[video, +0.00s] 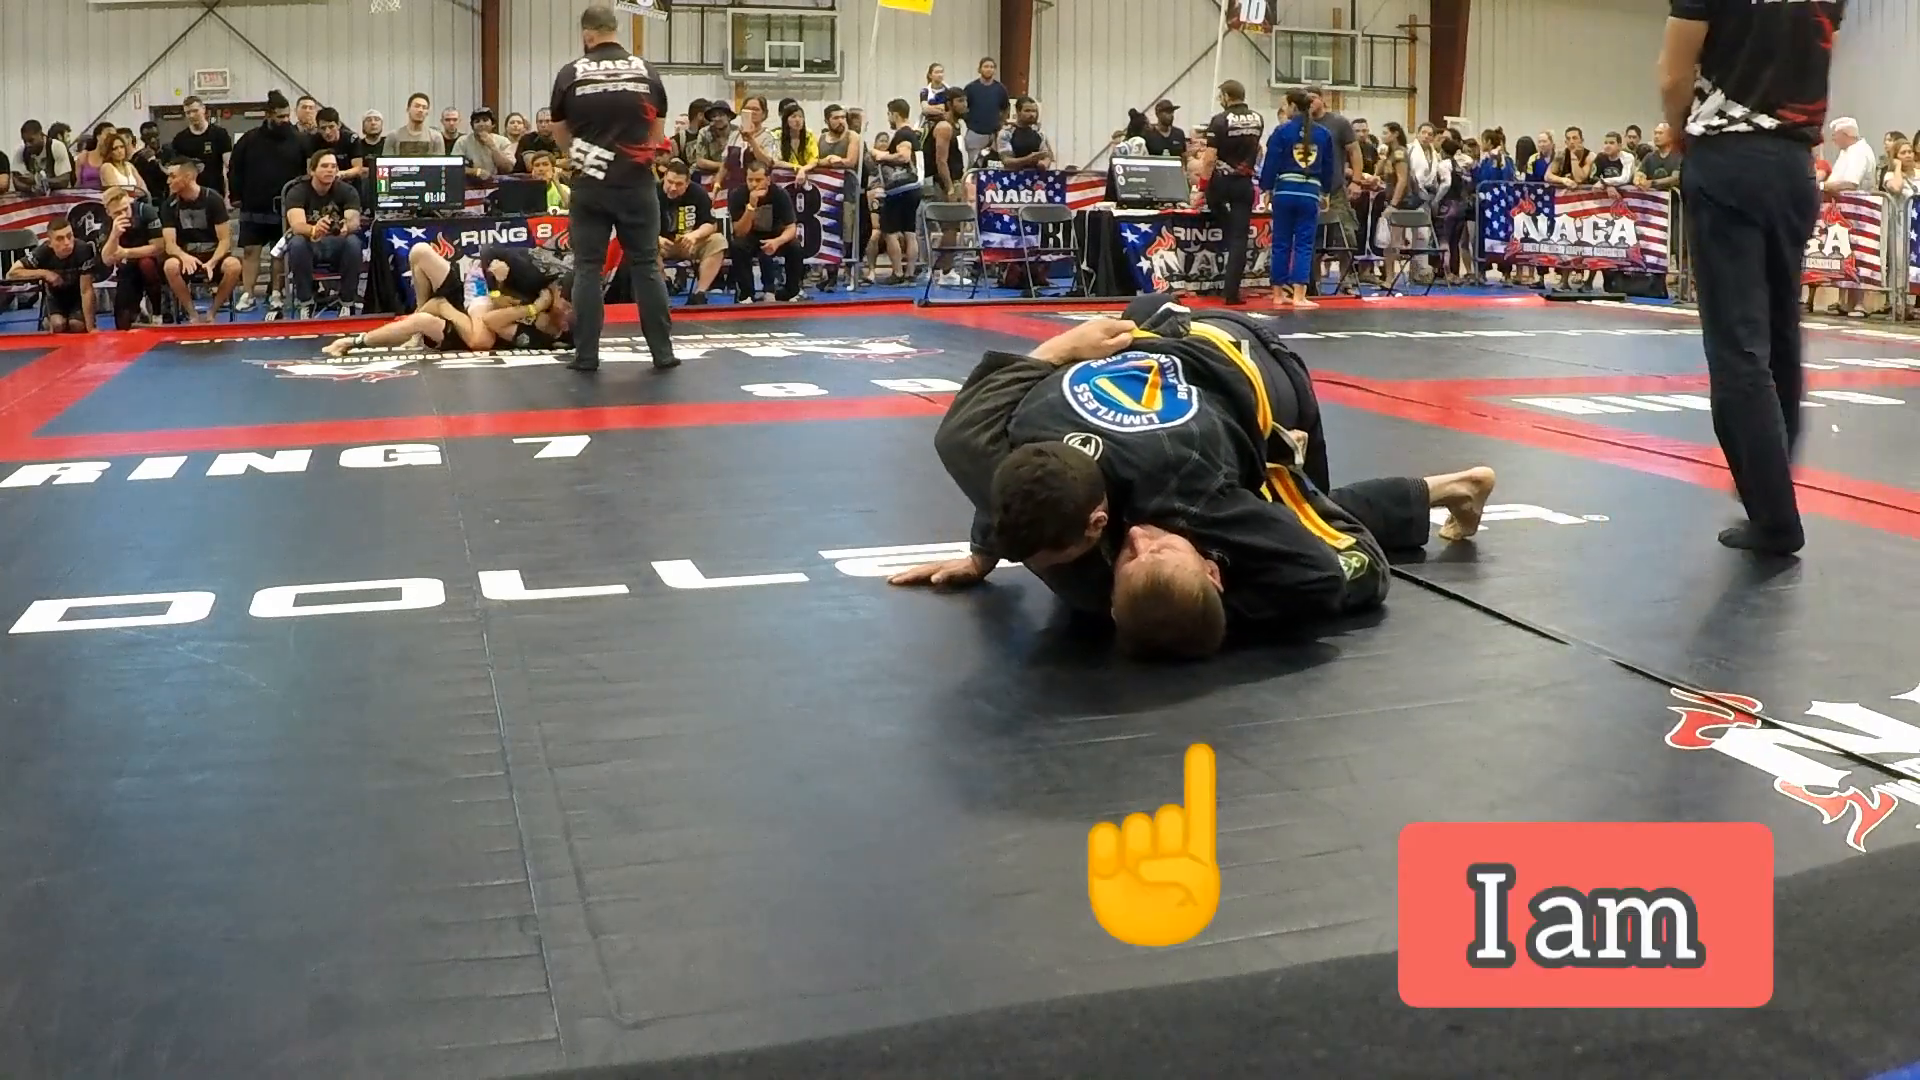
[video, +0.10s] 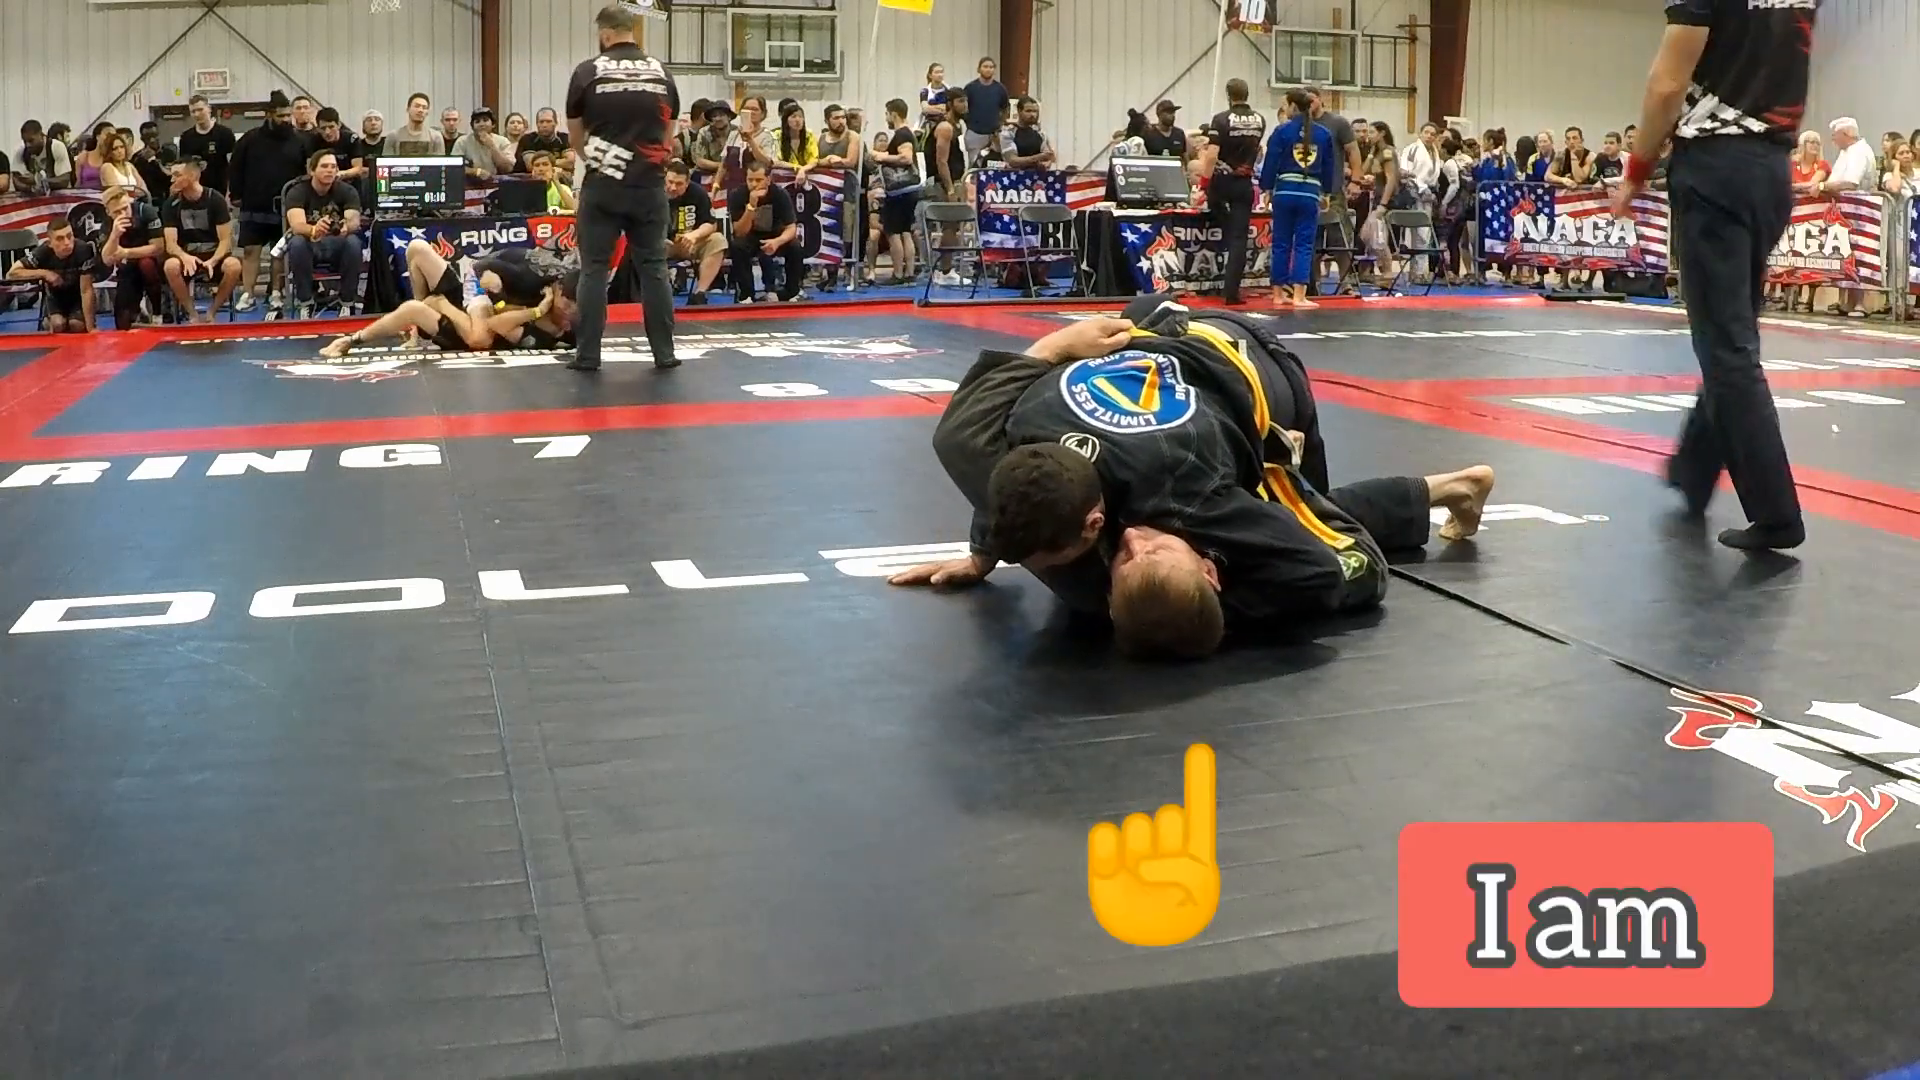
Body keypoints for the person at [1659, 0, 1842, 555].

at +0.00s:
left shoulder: (1704, 4)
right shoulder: (1825, 8)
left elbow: (1674, 75)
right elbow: (1813, 67)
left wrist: (1675, 128)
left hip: (1726, 158)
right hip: (1794, 162)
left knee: (1739, 345)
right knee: (1779, 331)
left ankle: (1775, 523)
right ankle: (1774, 481)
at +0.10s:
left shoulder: (1703, 5)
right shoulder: (1798, 11)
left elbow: (1666, 84)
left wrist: (1635, 173)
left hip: (1711, 163)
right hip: (1774, 166)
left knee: (1728, 346)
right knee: (1734, 336)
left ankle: (1777, 519)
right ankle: (1692, 475)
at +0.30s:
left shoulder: (1683, 3)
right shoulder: (1745, 11)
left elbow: (1652, 70)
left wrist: (1605, 174)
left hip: (1684, 158)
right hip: (1727, 158)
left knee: (1686, 330)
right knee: (1690, 329)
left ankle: (1766, 488)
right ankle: (1677, 488)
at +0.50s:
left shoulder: (1657, 3)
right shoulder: (1685, 12)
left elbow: (1648, 62)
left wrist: (1605, 160)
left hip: (1655, 156)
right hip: (1687, 158)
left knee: (1604, 315)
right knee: (1669, 321)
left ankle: (1701, 438)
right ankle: (1677, 483)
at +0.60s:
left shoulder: (1643, 5)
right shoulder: (1661, 13)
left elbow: (1643, 64)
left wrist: (1604, 165)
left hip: (1636, 153)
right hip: (1666, 155)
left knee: (1568, 305)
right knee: (1656, 324)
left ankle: (1647, 454)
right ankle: (1677, 474)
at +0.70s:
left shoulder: (1623, 5)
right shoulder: (1605, 9)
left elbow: (1633, 68)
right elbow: (1620, 78)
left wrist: (1599, 170)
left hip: (1607, 155)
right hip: (1638, 156)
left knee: (1550, 310)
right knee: (1647, 323)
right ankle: (1676, 473)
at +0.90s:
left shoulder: (1566, 4)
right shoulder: (1538, 13)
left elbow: (1576, 82)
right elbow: (1535, 102)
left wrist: (1559, 184)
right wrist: (1490, 171)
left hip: (1546, 169)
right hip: (1574, 167)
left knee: (1513, 328)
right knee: (1612, 320)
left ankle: (1493, 474)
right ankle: (1667, 458)